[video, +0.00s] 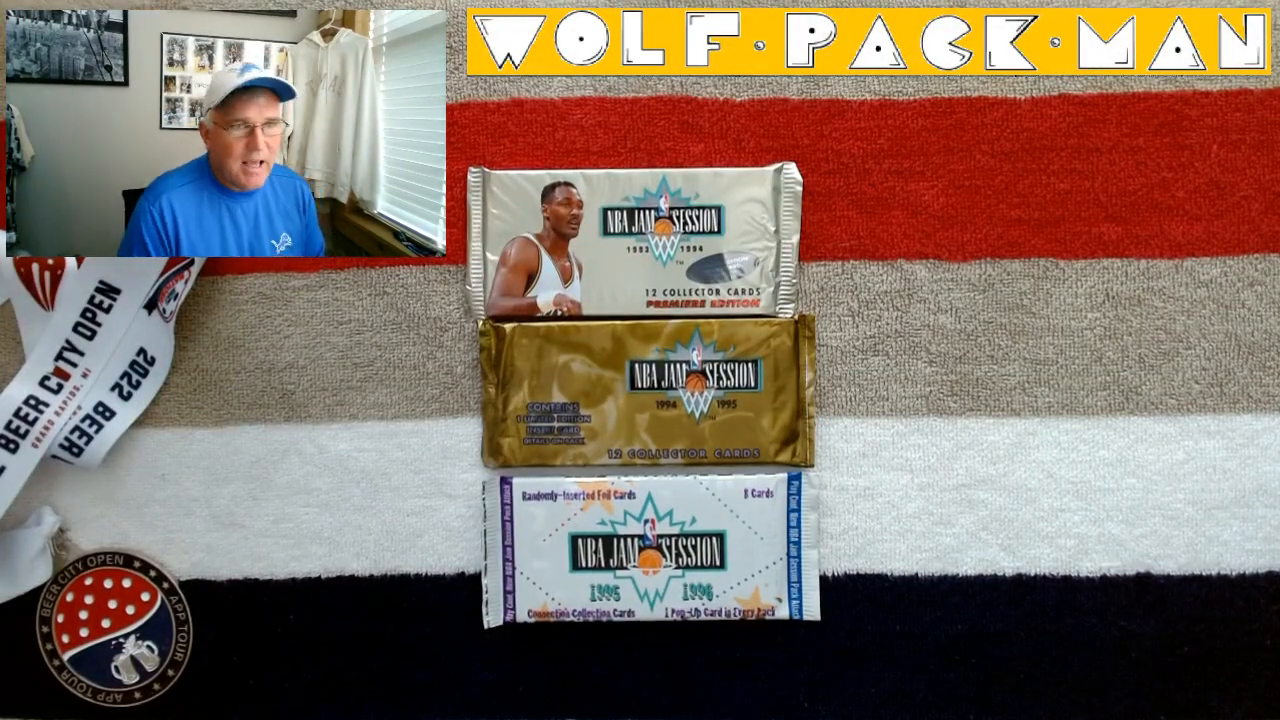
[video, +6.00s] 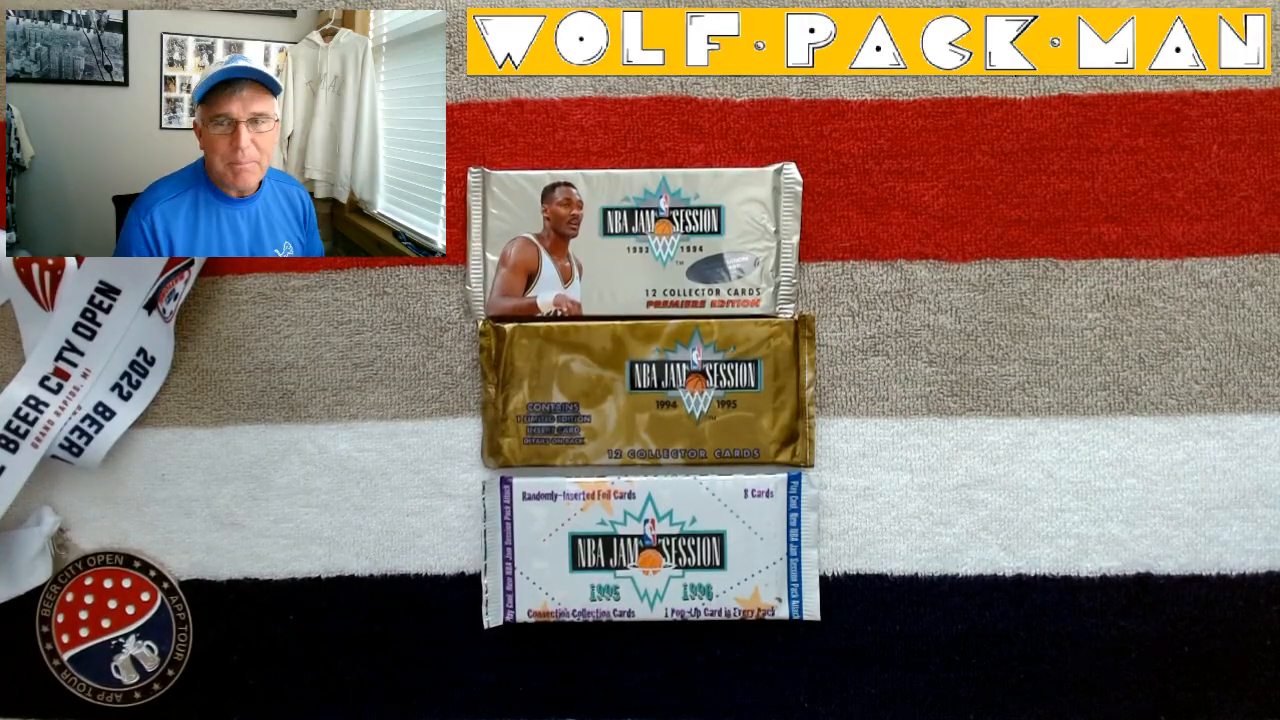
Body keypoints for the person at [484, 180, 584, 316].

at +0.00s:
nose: (576, 213)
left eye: (580, 206)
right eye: (566, 205)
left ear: (583, 211)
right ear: (546, 211)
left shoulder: (575, 265)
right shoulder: (520, 250)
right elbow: (495, 307)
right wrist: (550, 301)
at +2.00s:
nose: (576, 213)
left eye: (580, 207)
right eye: (566, 205)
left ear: (583, 212)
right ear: (545, 211)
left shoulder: (575, 266)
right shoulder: (521, 250)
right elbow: (495, 307)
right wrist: (550, 301)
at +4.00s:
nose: (576, 213)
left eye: (580, 207)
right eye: (566, 205)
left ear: (583, 211)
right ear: (545, 211)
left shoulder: (575, 266)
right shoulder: (521, 249)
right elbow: (494, 307)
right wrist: (550, 301)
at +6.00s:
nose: (576, 213)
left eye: (580, 207)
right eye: (566, 205)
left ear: (583, 211)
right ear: (545, 211)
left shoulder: (575, 266)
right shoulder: (521, 250)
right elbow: (494, 307)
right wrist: (550, 301)